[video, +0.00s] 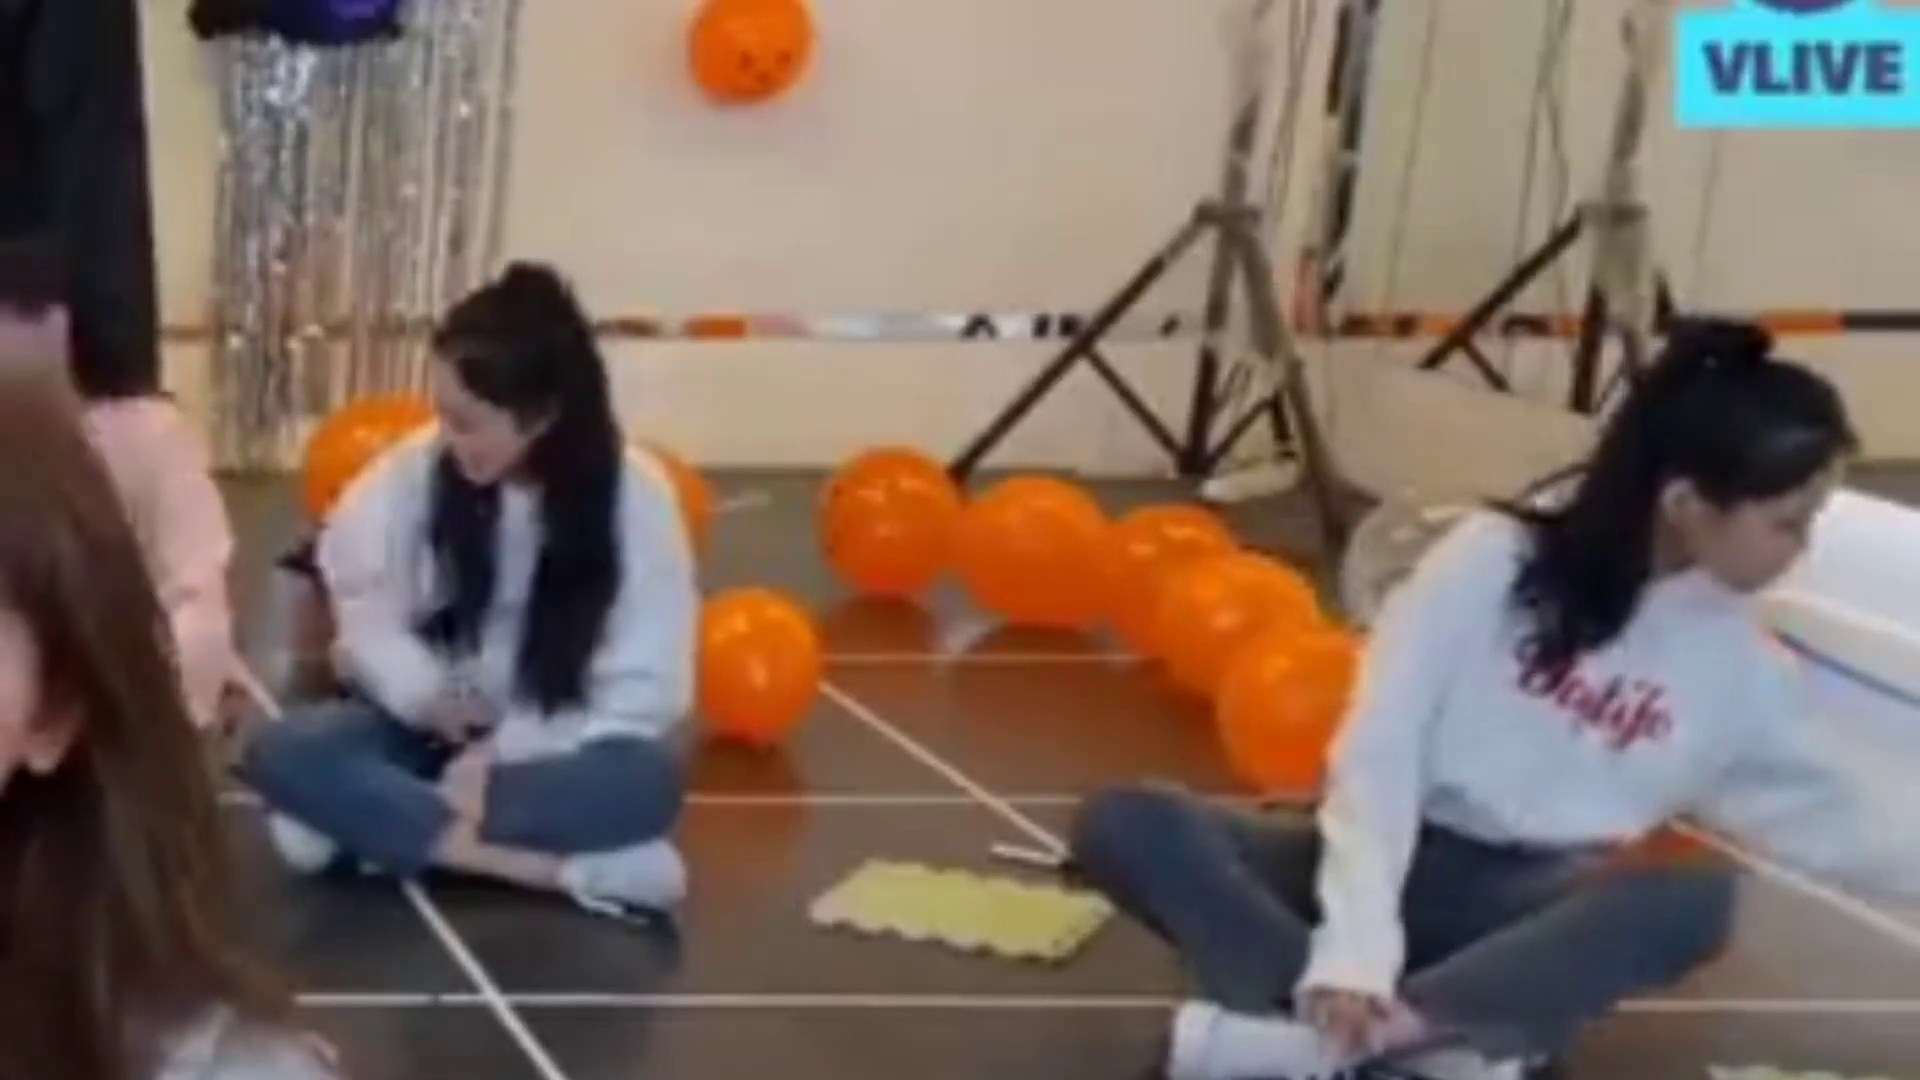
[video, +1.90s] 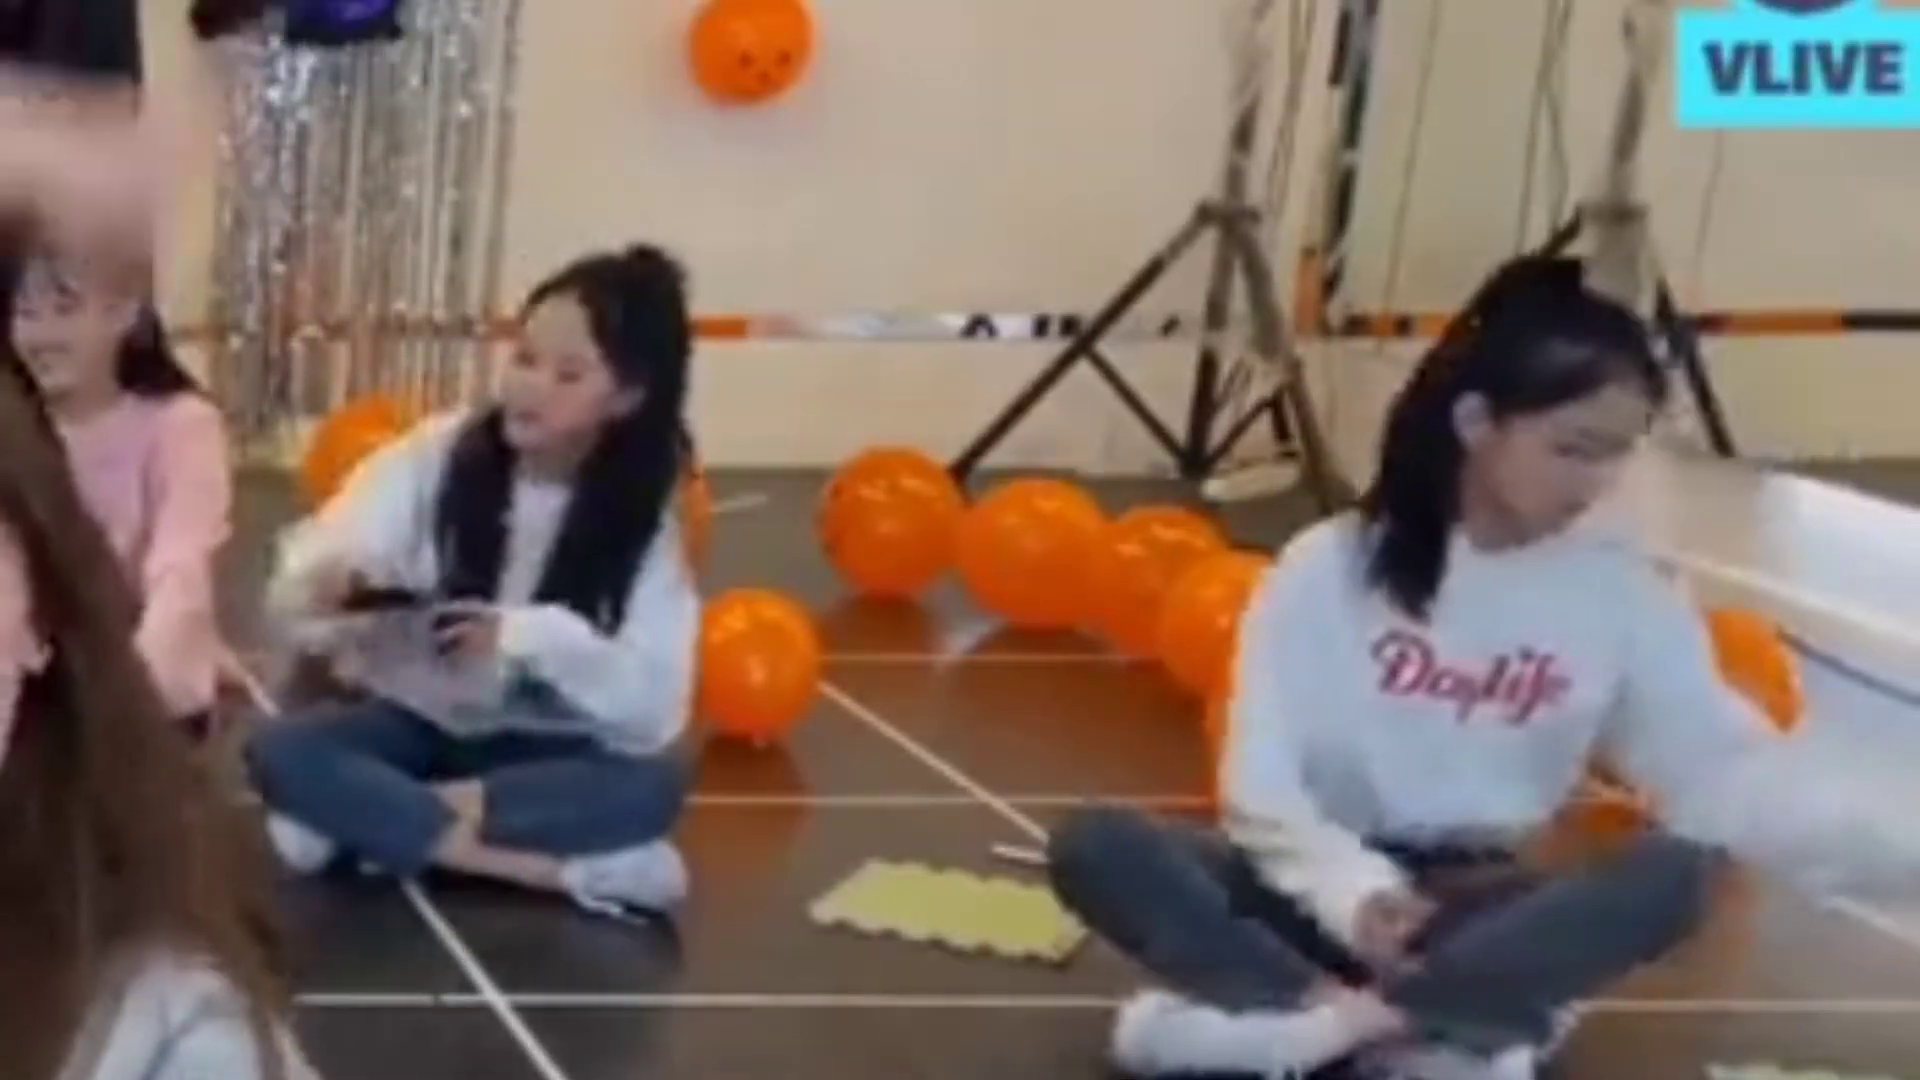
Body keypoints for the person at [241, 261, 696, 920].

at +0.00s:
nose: (451, 442)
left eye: (470, 426)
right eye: (444, 419)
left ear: (541, 414)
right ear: (436, 396)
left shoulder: (633, 497)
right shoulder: (409, 476)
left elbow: (650, 693)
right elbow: (356, 604)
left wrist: (503, 751)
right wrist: (430, 700)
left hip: (558, 731)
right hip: (423, 720)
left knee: (642, 785)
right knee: (280, 751)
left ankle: (371, 836)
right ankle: (549, 874)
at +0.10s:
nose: (442, 434)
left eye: (461, 418)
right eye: (437, 410)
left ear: (526, 408)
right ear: (431, 393)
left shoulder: (630, 490)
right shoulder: (394, 480)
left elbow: (642, 693)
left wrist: (488, 766)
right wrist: (368, 664)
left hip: (565, 727)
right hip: (437, 716)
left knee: (641, 786)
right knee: (278, 753)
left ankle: (373, 836)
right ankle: (554, 876)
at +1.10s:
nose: (405, 395)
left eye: (422, 374)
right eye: (404, 370)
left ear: (478, 372)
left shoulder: (607, 473)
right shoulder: (400, 464)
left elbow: (639, 668)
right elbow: (340, 614)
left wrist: (483, 748)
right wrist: (301, 694)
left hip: (549, 725)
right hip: (417, 711)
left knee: (647, 778)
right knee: (279, 750)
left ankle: (366, 833)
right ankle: (553, 876)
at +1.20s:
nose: (415, 402)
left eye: (433, 385)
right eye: (416, 381)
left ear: (497, 377)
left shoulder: (613, 471)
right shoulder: (406, 457)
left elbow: (644, 674)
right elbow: (342, 626)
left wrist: (481, 728)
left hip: (553, 726)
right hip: (421, 709)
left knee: (647, 779)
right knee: (284, 750)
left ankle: (368, 830)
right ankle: (554, 875)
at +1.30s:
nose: (432, 399)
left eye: (451, 378)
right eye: (428, 375)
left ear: (518, 372)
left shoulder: (620, 476)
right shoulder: (413, 454)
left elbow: (640, 675)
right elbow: (345, 599)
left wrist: (454, 694)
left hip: (545, 732)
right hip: (412, 720)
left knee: (645, 778)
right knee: (282, 750)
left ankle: (371, 831)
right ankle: (556, 876)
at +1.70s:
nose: (505, 373)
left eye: (544, 361)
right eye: (503, 340)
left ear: (611, 384)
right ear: (487, 334)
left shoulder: (630, 507)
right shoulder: (438, 443)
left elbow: (642, 701)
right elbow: (335, 524)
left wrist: (482, 642)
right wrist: (318, 574)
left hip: (540, 737)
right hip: (411, 715)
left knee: (648, 787)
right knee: (284, 750)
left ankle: (367, 832)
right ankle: (553, 876)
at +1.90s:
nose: (529, 392)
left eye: (566, 376)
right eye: (524, 360)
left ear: (627, 398)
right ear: (503, 353)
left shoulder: (638, 516)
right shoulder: (441, 455)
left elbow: (651, 707)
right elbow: (296, 586)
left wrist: (532, 636)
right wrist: (336, 591)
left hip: (546, 737)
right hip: (419, 717)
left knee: (651, 789)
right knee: (283, 752)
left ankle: (369, 832)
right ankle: (553, 876)